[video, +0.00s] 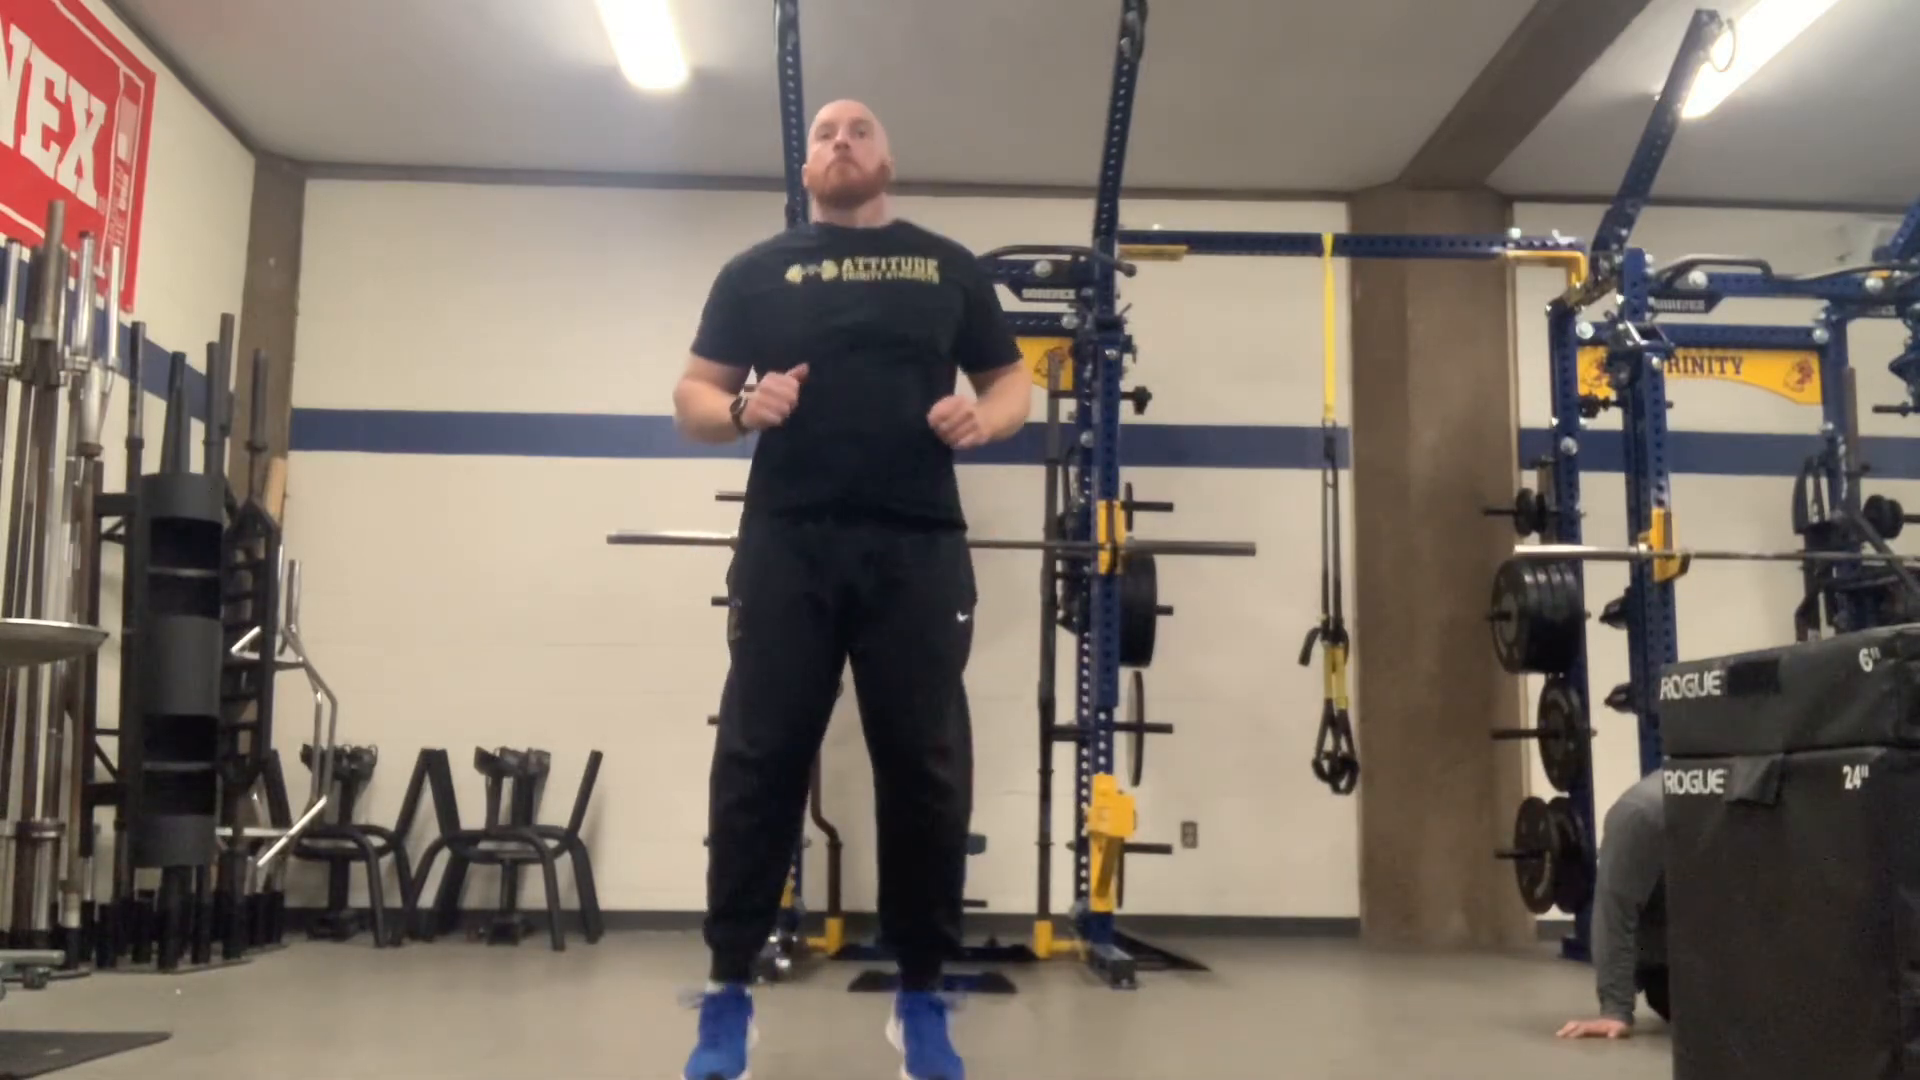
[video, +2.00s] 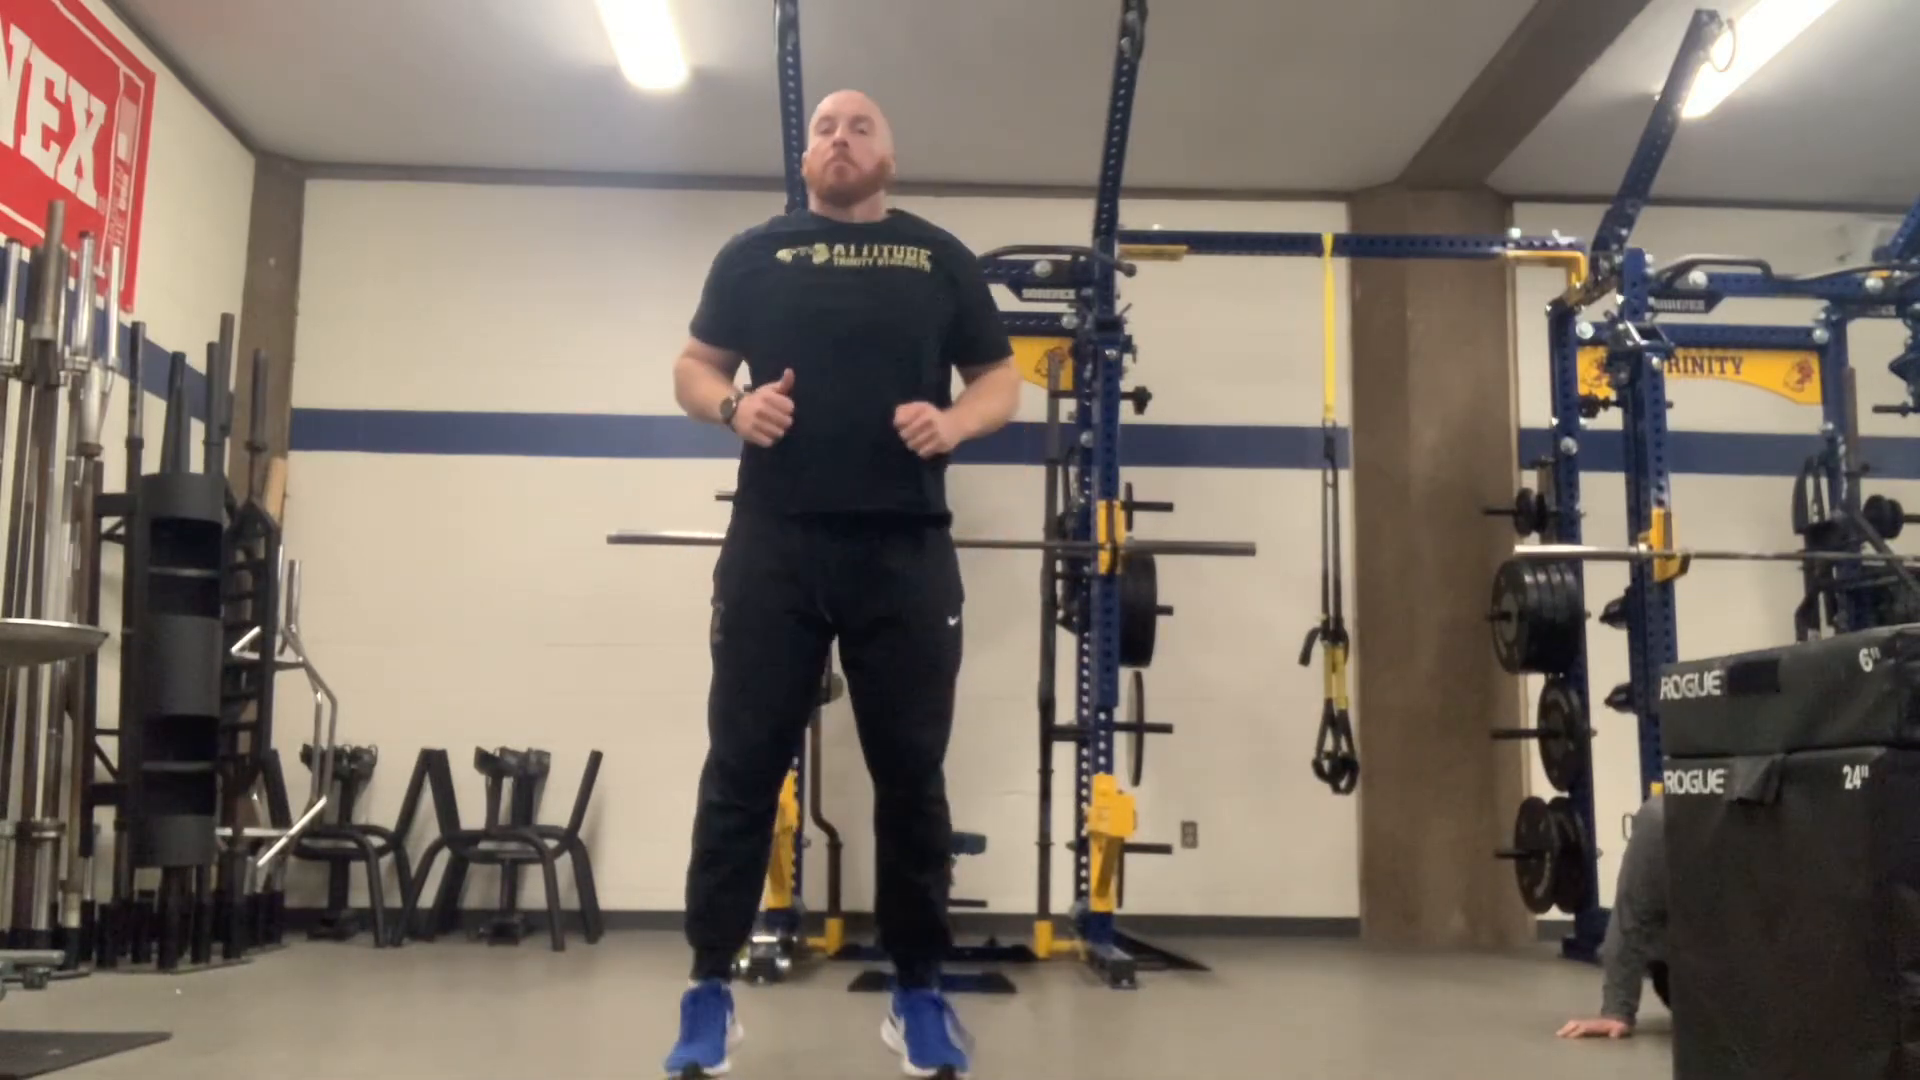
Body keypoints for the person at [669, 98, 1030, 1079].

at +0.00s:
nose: (844, 136)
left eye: (860, 127)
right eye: (826, 132)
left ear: (892, 161)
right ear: (802, 170)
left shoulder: (948, 267)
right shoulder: (753, 274)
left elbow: (1013, 384)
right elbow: (693, 403)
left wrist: (984, 416)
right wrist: (741, 407)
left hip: (916, 552)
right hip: (787, 551)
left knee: (925, 768)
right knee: (758, 759)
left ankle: (923, 997)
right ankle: (729, 987)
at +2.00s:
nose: (841, 134)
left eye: (861, 125)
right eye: (825, 126)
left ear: (893, 159)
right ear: (802, 159)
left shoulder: (941, 259)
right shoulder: (752, 256)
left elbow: (1002, 382)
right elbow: (697, 370)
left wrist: (955, 422)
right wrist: (732, 406)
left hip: (903, 551)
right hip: (775, 546)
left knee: (912, 777)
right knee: (742, 766)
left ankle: (919, 992)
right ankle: (708, 988)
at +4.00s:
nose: (836, 211)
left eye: (855, 202)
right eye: (819, 204)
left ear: (886, 237)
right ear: (796, 239)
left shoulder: (933, 346)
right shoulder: (748, 347)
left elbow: (984, 469)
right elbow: (697, 472)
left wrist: (964, 508)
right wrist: (728, 511)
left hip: (897, 632)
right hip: (774, 629)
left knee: (893, 837)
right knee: (749, 830)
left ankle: (894, 1016)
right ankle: (719, 1010)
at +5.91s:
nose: (841, 125)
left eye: (861, 115)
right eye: (826, 117)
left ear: (895, 147)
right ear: (804, 150)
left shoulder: (940, 250)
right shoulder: (755, 252)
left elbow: (999, 374)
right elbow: (701, 371)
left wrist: (958, 400)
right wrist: (731, 394)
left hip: (904, 540)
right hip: (775, 535)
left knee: (922, 753)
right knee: (732, 742)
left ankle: (923, 959)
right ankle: (707, 952)